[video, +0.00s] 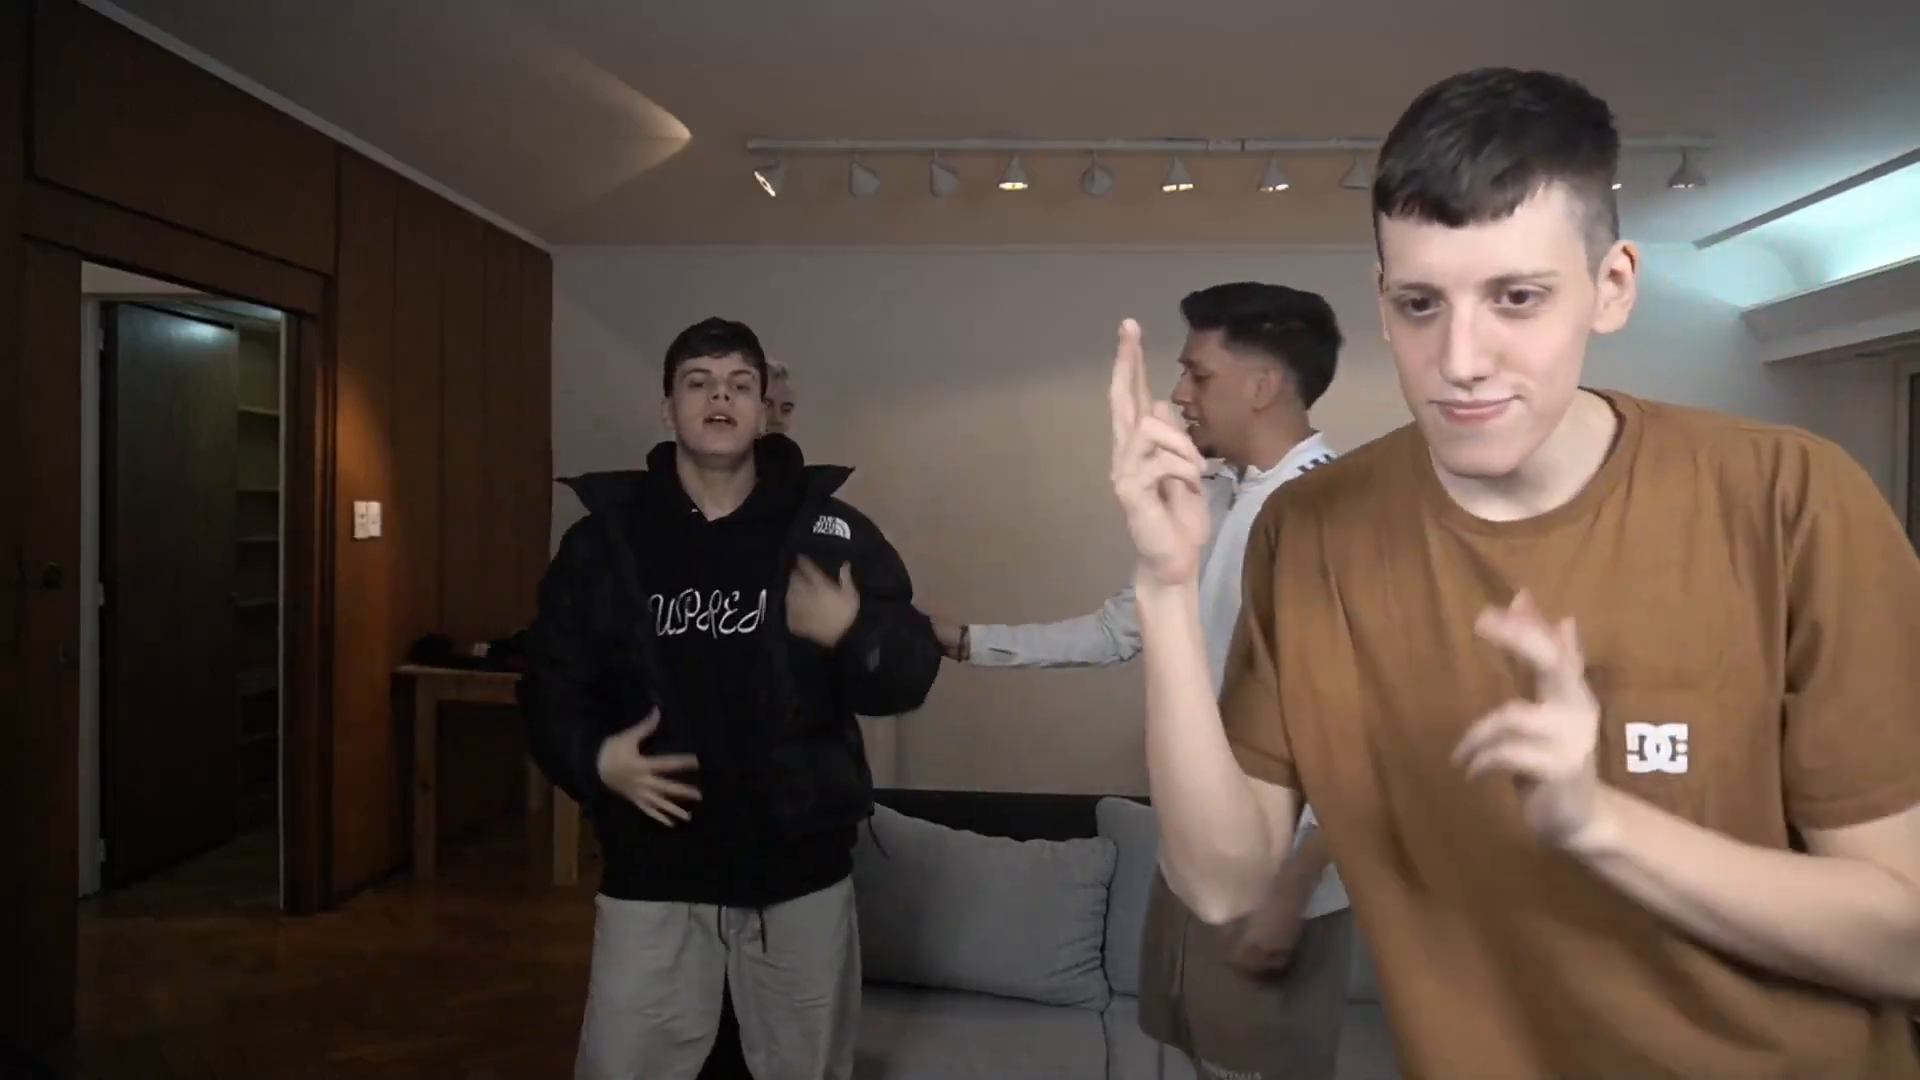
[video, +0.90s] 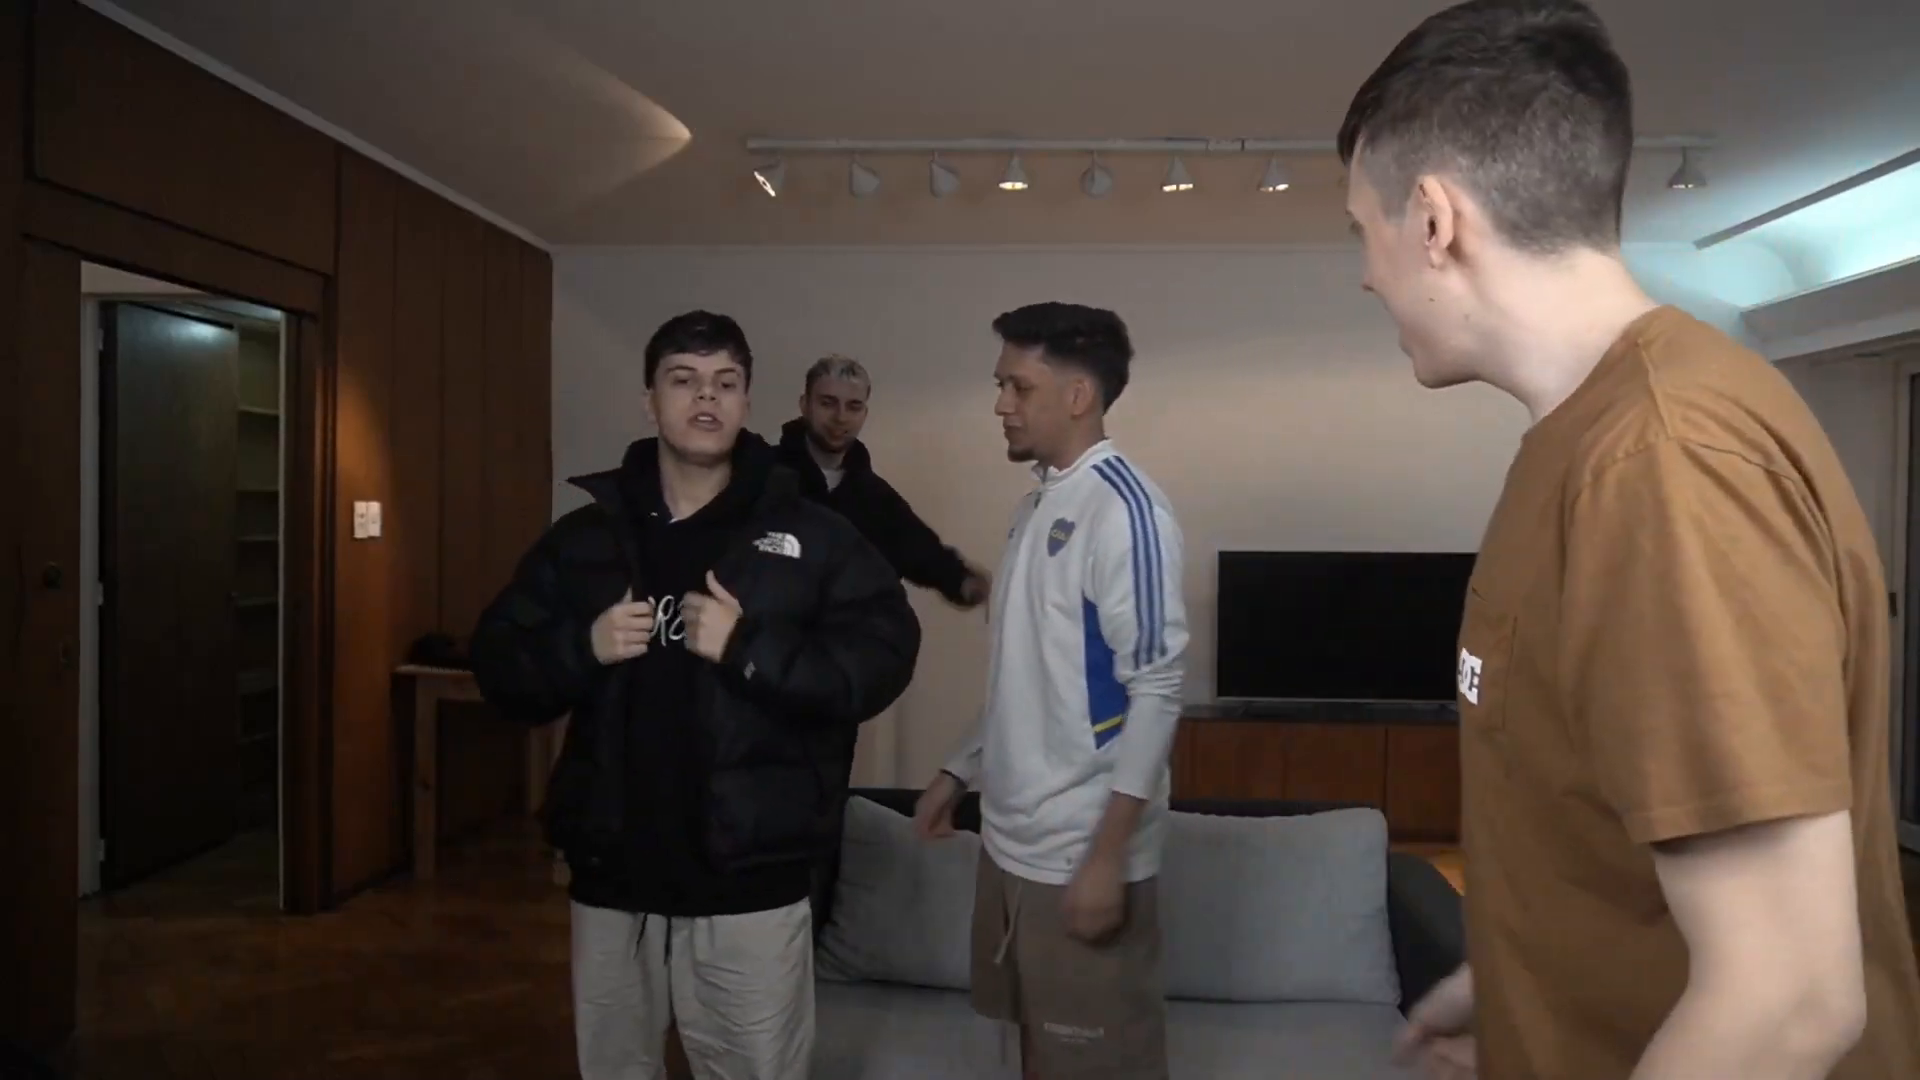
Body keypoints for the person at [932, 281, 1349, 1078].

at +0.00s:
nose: (1180, 398)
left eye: (1199, 376)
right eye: (1182, 376)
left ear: (1268, 383)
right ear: (1262, 385)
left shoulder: (1327, 509)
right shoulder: (1224, 502)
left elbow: (1366, 734)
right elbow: (1122, 627)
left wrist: (1292, 883)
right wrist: (967, 641)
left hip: (1279, 873)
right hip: (1200, 848)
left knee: (1258, 1062)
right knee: (1183, 1047)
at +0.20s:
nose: (1133, 404)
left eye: (1150, 383)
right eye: (1137, 383)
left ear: (1217, 389)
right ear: (1208, 390)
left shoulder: (1291, 514)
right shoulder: (1166, 511)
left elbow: (1326, 736)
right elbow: (1125, 646)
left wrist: (1215, 868)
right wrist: (993, 683)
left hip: (1242, 906)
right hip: (1146, 882)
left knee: (1229, 1074)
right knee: (1138, 1064)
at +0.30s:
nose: (1113, 401)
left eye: (1128, 381)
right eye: (1116, 380)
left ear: (1195, 389)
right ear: (1186, 391)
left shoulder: (1261, 516)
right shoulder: (1155, 498)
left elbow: (1312, 726)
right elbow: (1131, 666)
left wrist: (1223, 878)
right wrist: (1041, 748)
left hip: (1219, 887)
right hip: (1123, 859)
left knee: (1212, 1071)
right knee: (1094, 1054)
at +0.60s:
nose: (1052, 406)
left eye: (1071, 386)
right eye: (1056, 384)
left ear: (1135, 397)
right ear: (1127, 397)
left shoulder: (1207, 530)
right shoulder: (1084, 508)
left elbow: (1271, 715)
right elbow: (1097, 680)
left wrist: (1271, 904)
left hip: (1164, 898)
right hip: (1063, 870)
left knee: (1159, 1070)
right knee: (1057, 1055)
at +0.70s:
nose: (1034, 404)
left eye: (1053, 385)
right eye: (1036, 383)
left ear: (1117, 395)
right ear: (1106, 396)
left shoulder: (1176, 520)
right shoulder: (1066, 504)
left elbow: (1239, 697)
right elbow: (1087, 667)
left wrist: (1242, 877)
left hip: (1135, 882)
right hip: (1048, 859)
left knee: (1137, 1066)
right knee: (1049, 1053)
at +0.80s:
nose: (1017, 401)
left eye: (1035, 383)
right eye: (1018, 382)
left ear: (1099, 393)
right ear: (1082, 394)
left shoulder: (1151, 512)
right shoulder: (1053, 501)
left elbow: (1198, 692)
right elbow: (1052, 669)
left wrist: (1186, 867)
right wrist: (1008, 788)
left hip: (1109, 867)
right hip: (1029, 852)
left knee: (1120, 1063)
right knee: (1041, 1047)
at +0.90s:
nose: (1001, 406)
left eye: (1020, 389)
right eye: (1002, 386)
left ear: (1081, 398)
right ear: (1066, 398)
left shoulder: (1125, 507)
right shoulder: (1043, 504)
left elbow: (1160, 687)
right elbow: (1029, 677)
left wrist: (1108, 851)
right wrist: (957, 773)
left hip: (1082, 861)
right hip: (1017, 849)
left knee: (1096, 1065)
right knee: (1036, 1049)